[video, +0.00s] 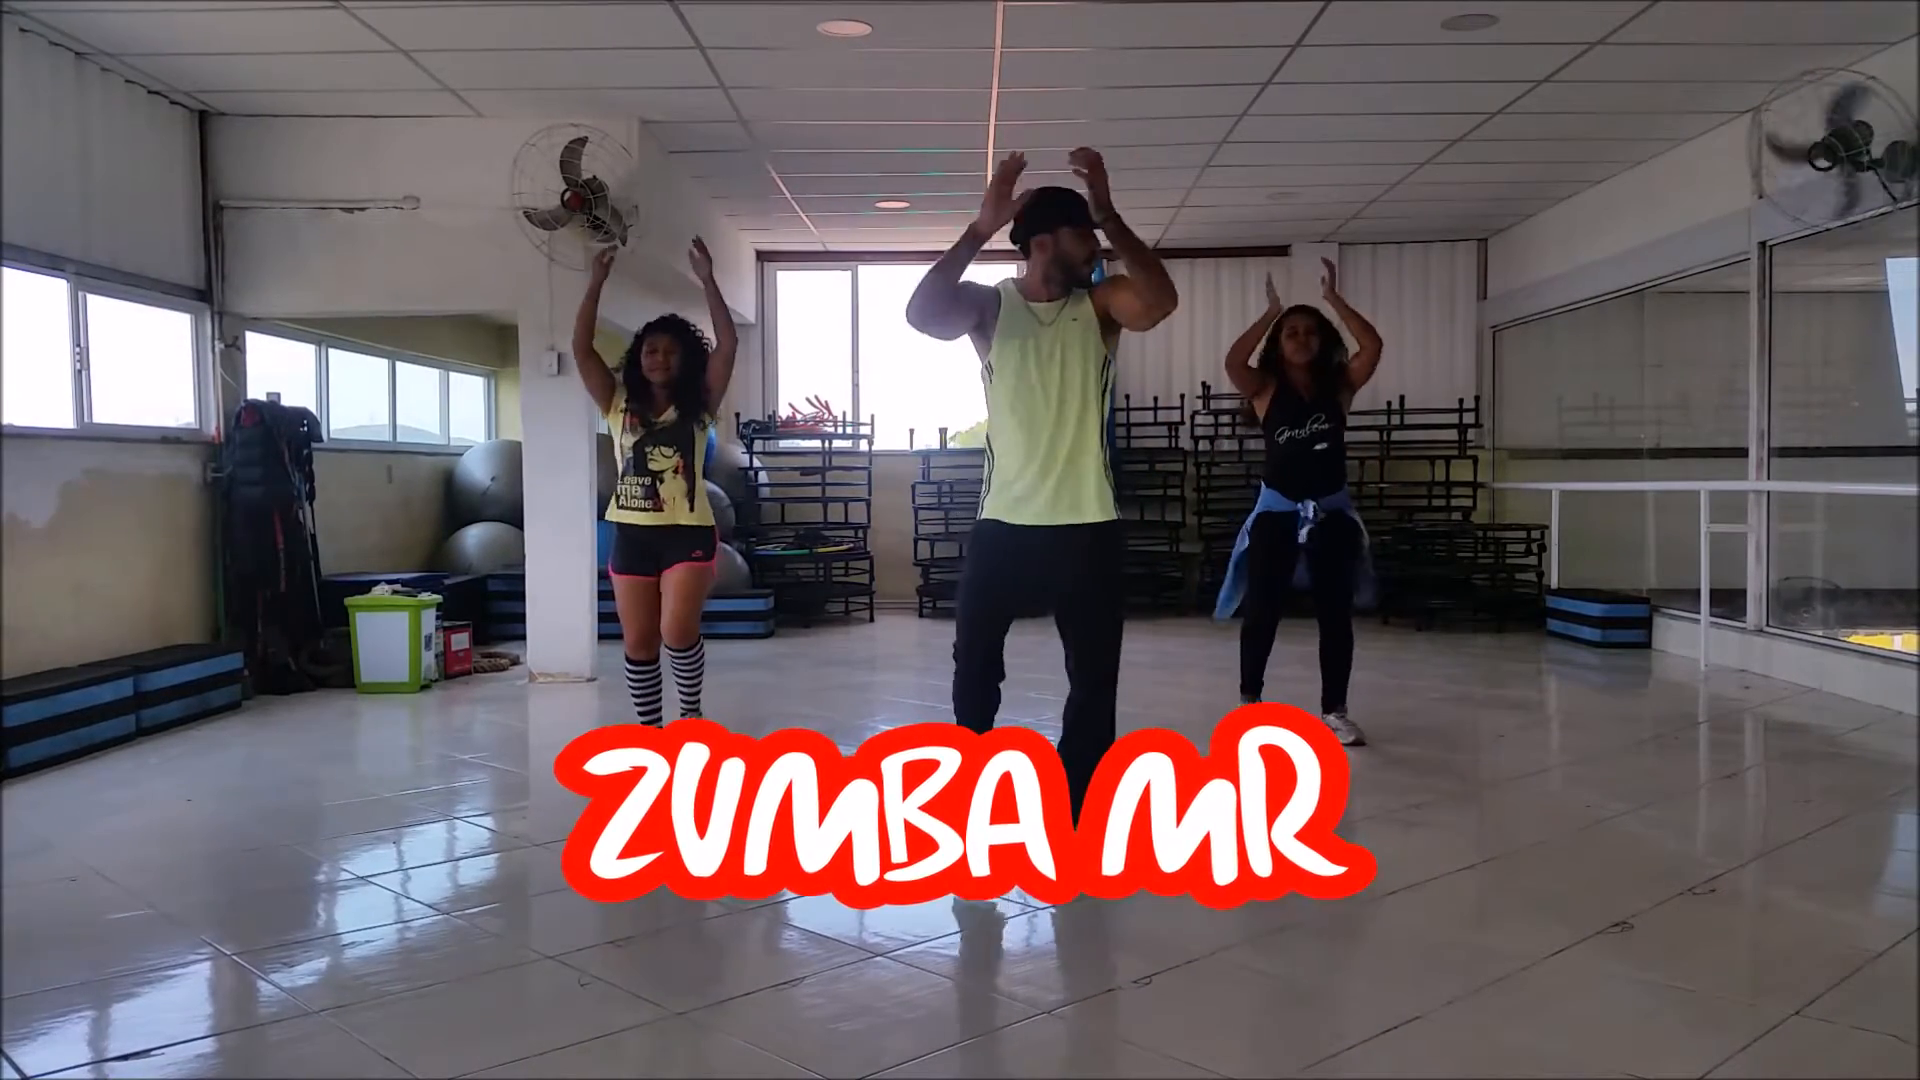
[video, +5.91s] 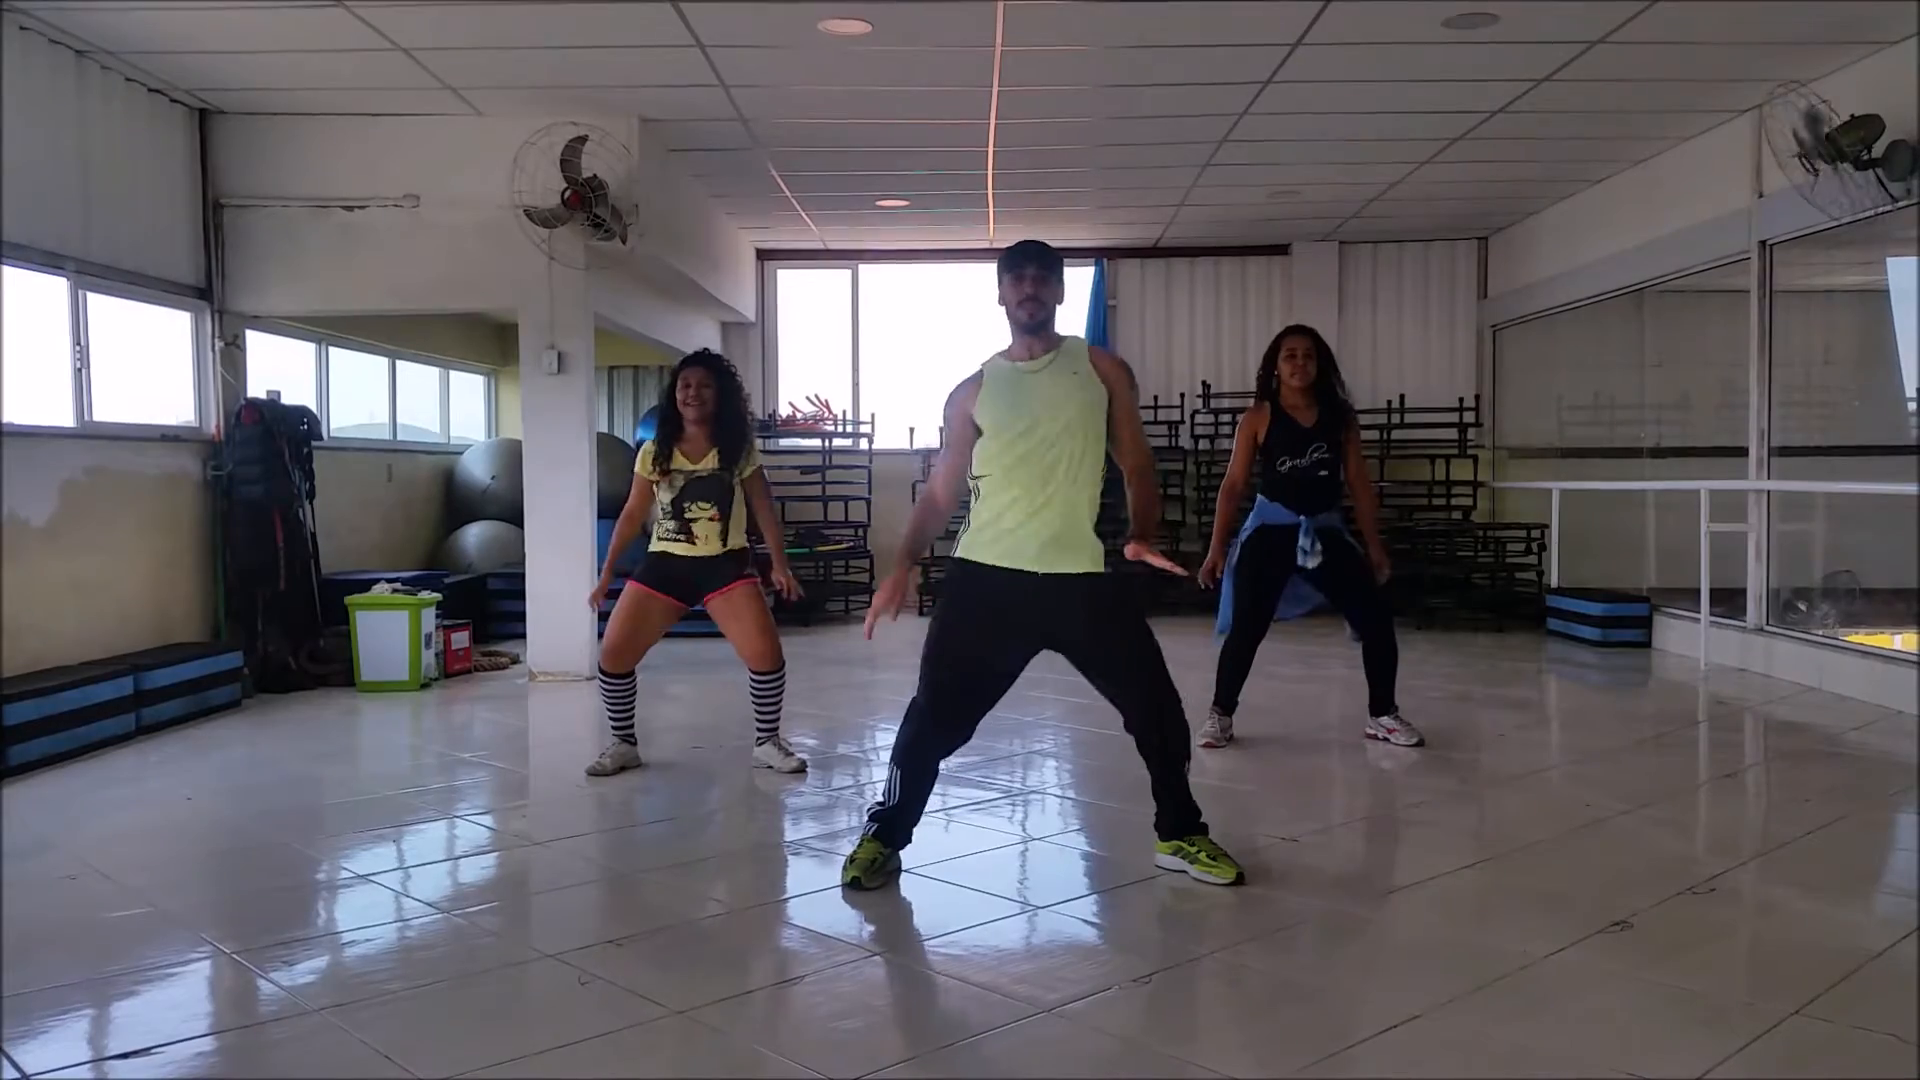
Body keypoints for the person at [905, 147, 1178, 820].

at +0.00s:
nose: (1093, 243)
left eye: (1093, 233)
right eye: (1083, 232)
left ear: (1071, 243)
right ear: (1042, 239)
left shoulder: (1100, 300)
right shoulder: (990, 305)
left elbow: (1160, 300)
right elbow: (923, 311)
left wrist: (1109, 217)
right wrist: (982, 225)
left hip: (1088, 523)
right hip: (1005, 522)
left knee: (1095, 684)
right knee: (975, 666)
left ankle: (1082, 819)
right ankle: (969, 798)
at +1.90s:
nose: (1066, 228)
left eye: (1079, 216)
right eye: (1053, 217)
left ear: (1098, 226)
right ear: (1035, 229)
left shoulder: (1129, 300)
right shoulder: (1004, 309)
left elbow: (1211, 350)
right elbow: (922, 378)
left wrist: (1179, 300)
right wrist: (937, 315)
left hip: (1109, 525)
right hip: (1021, 523)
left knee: (1127, 680)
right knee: (977, 663)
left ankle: (1118, 825)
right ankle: (973, 801)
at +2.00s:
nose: (1060, 233)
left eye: (1073, 221)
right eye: (1047, 221)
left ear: (1094, 227)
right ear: (1030, 229)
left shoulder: (1133, 306)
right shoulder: (1000, 312)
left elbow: (1231, 366)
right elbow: (923, 378)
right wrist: (913, 410)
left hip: (1108, 529)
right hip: (1018, 527)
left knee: (1124, 686)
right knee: (975, 669)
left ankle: (1119, 823)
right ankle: (951, 808)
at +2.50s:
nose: (1013, 242)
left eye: (1026, 230)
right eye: (1001, 229)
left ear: (1047, 239)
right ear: (985, 237)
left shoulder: (1085, 322)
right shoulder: (946, 329)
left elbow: (1136, 406)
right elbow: (907, 419)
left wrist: (1119, 465)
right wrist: (897, 498)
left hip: (1070, 540)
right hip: (976, 542)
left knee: (1125, 685)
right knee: (937, 695)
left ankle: (1133, 817)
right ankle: (915, 829)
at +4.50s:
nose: (1043, 310)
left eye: (1056, 300)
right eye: (1031, 298)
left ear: (1072, 309)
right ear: (1012, 305)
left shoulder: (1093, 390)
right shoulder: (964, 393)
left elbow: (1137, 481)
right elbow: (920, 479)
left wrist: (1172, 544)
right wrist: (945, 549)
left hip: (1105, 578)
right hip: (1014, 587)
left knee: (1174, 710)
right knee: (960, 721)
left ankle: (1182, 833)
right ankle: (894, 838)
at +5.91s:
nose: (1031, 289)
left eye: (1043, 278)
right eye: (1018, 278)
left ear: (1060, 290)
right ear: (1000, 292)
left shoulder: (1104, 370)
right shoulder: (972, 393)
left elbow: (1138, 466)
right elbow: (939, 492)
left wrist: (1143, 534)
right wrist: (903, 565)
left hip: (1084, 583)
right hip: (987, 582)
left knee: (1158, 712)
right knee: (933, 716)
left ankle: (1180, 832)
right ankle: (886, 834)